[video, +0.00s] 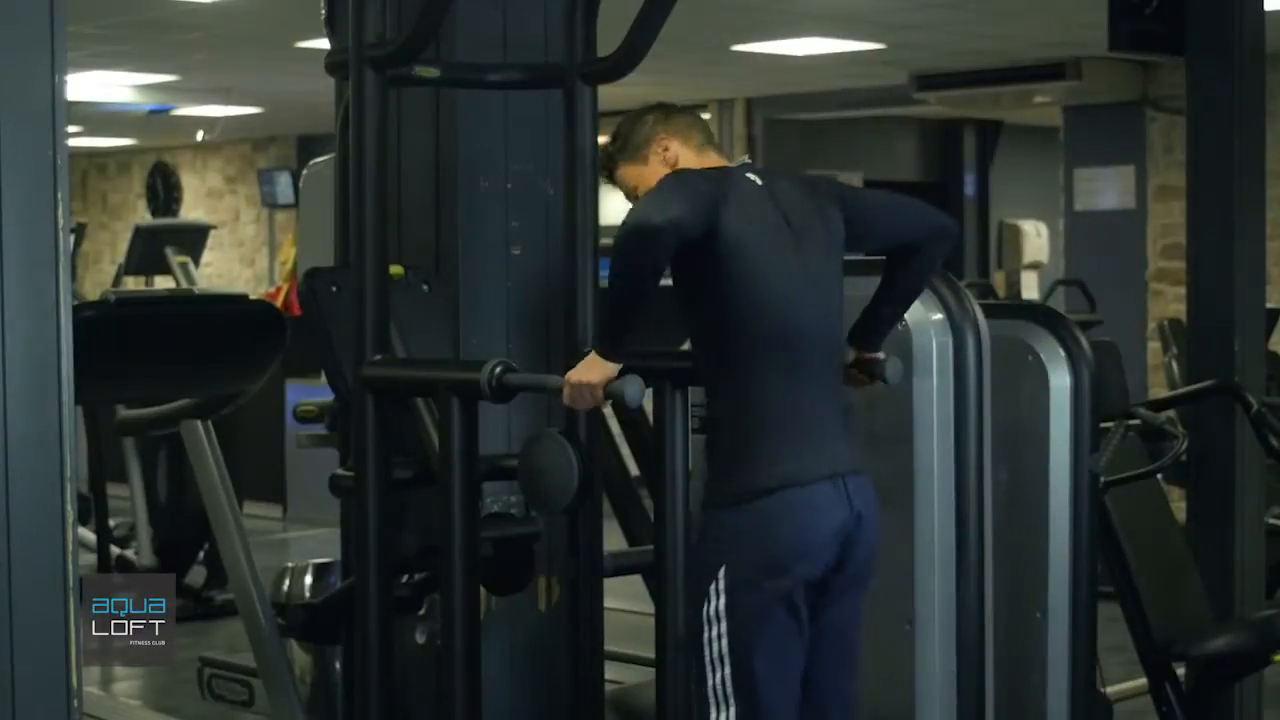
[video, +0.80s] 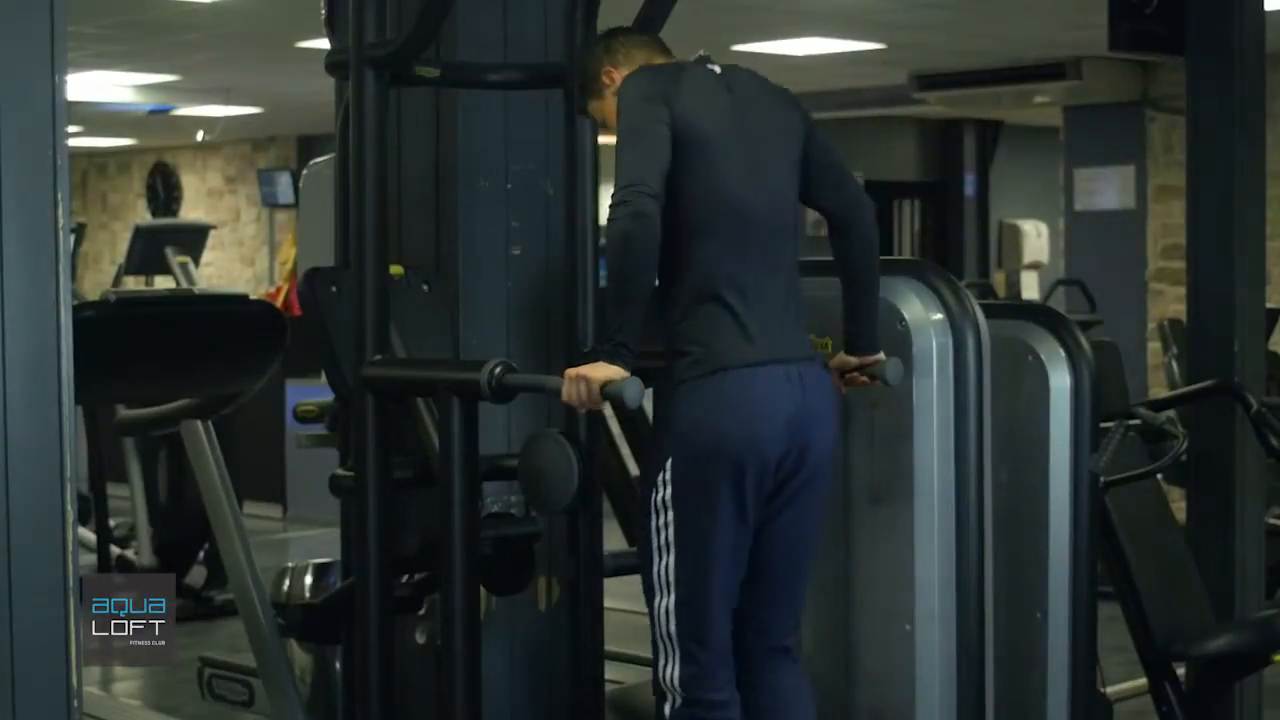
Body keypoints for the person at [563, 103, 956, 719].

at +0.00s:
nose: (642, 208)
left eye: (637, 192)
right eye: (634, 196)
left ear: (666, 153)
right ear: (711, 149)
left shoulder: (692, 190)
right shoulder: (813, 194)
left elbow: (651, 224)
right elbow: (933, 231)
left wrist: (606, 350)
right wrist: (866, 343)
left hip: (762, 501)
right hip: (845, 490)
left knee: (746, 705)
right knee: (829, 702)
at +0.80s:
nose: (609, 131)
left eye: (603, 114)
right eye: (602, 122)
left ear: (613, 77)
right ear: (670, 61)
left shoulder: (648, 90)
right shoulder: (777, 102)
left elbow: (637, 212)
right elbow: (854, 210)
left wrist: (610, 350)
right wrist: (862, 342)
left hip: (716, 396)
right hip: (808, 391)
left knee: (695, 660)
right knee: (772, 646)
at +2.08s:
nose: (597, 219)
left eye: (592, 206)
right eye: (591, 212)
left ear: (605, 171)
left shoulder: (640, 168)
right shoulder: (763, 168)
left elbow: (623, 222)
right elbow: (877, 213)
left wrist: (609, 352)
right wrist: (868, 342)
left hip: (739, 464)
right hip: (821, 448)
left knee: (712, 700)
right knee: (789, 676)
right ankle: (891, 693)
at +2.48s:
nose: (601, 306)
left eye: (592, 293)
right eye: (594, 300)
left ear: (596, 257)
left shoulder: (637, 241)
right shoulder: (749, 229)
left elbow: (634, 217)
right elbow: (869, 215)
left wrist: (614, 353)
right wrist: (867, 341)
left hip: (745, 529)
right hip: (828, 515)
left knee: (728, 707)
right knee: (816, 709)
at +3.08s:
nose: (601, 240)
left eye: (592, 226)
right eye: (591, 234)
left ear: (597, 186)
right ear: (643, 156)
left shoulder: (634, 176)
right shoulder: (750, 173)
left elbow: (637, 222)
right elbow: (866, 209)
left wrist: (612, 352)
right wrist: (866, 338)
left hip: (723, 468)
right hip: (810, 455)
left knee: (712, 701)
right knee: (785, 686)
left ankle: (879, 702)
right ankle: (885, 698)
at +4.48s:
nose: (592, 306)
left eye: (586, 289)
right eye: (588, 294)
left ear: (596, 263)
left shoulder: (635, 256)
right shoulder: (747, 236)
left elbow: (630, 214)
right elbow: (867, 215)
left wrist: (612, 351)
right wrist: (867, 341)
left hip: (724, 540)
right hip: (811, 521)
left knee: (721, 706)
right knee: (813, 708)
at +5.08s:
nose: (598, 219)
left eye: (593, 207)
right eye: (592, 212)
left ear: (603, 179)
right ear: (653, 151)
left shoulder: (634, 174)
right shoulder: (756, 172)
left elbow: (625, 222)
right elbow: (874, 212)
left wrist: (611, 351)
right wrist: (869, 341)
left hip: (724, 468)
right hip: (813, 453)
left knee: (719, 701)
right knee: (795, 687)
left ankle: (875, 707)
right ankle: (882, 705)